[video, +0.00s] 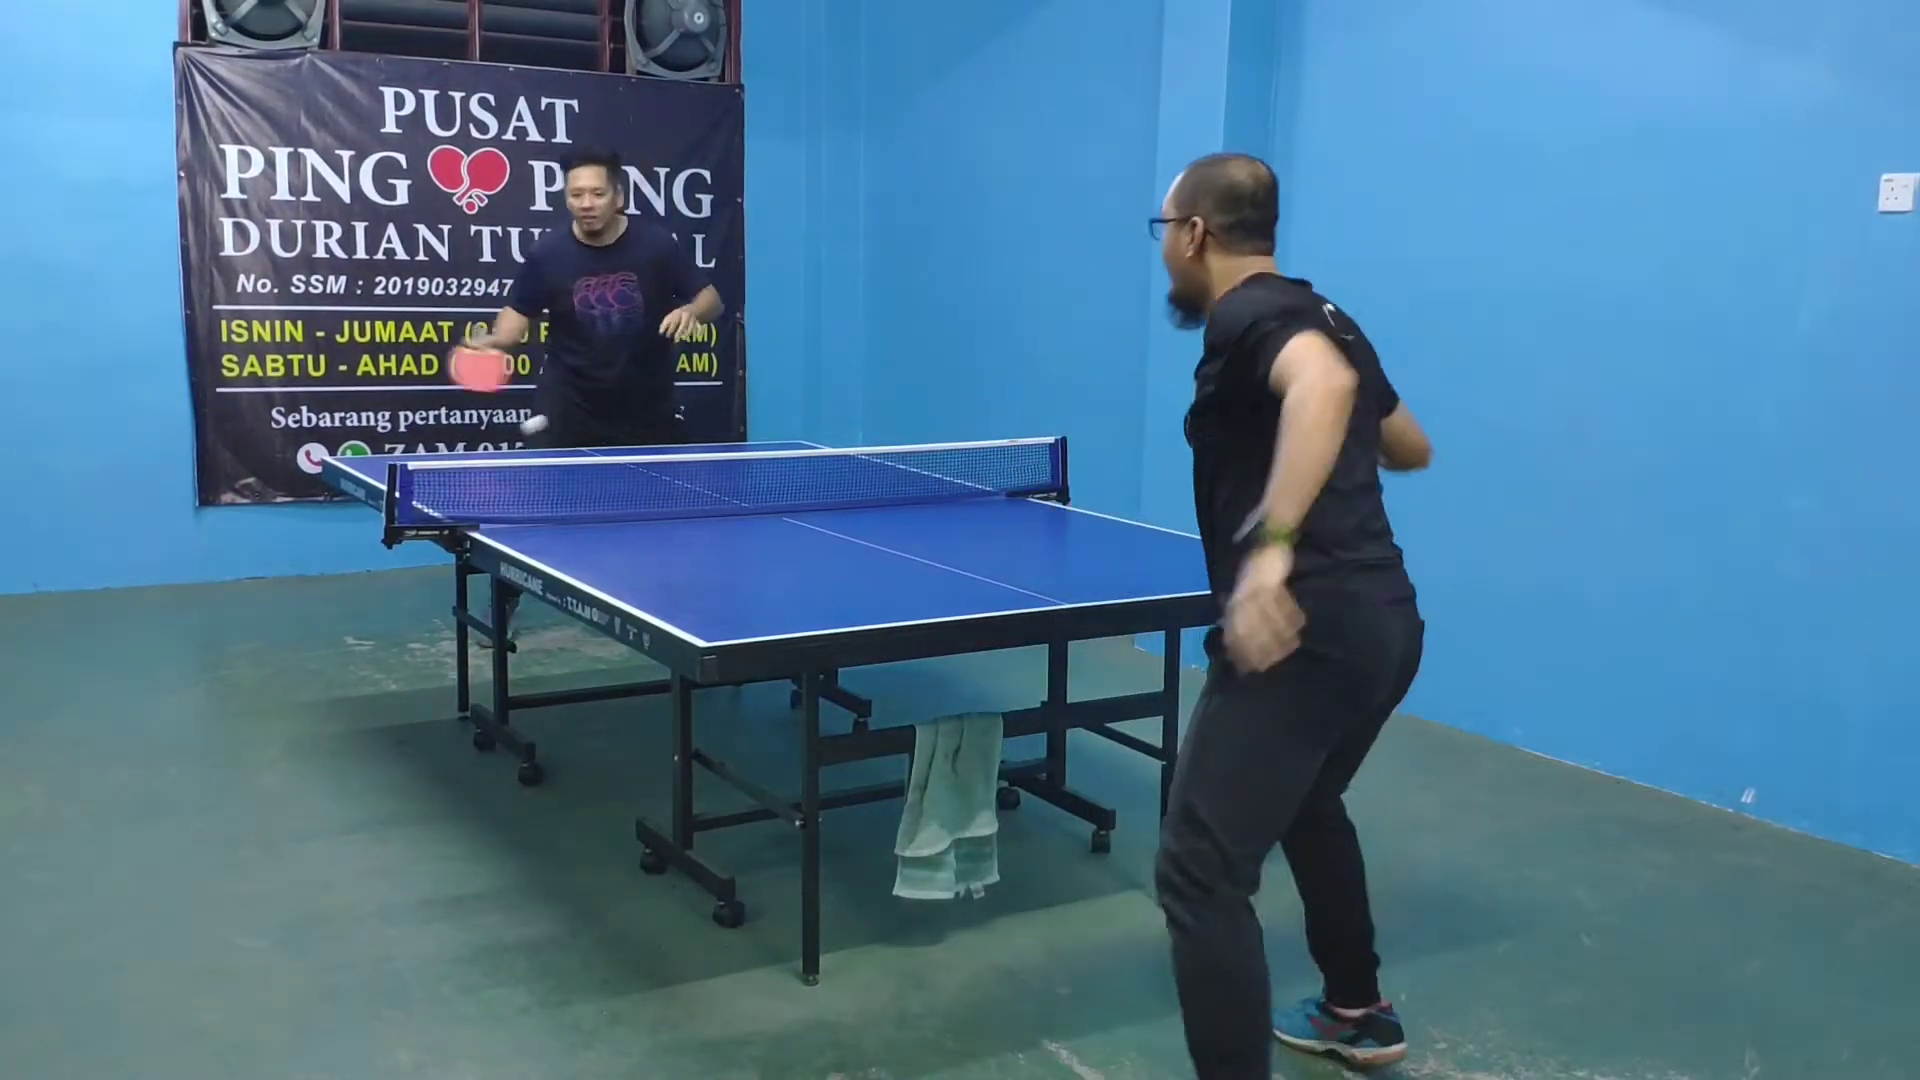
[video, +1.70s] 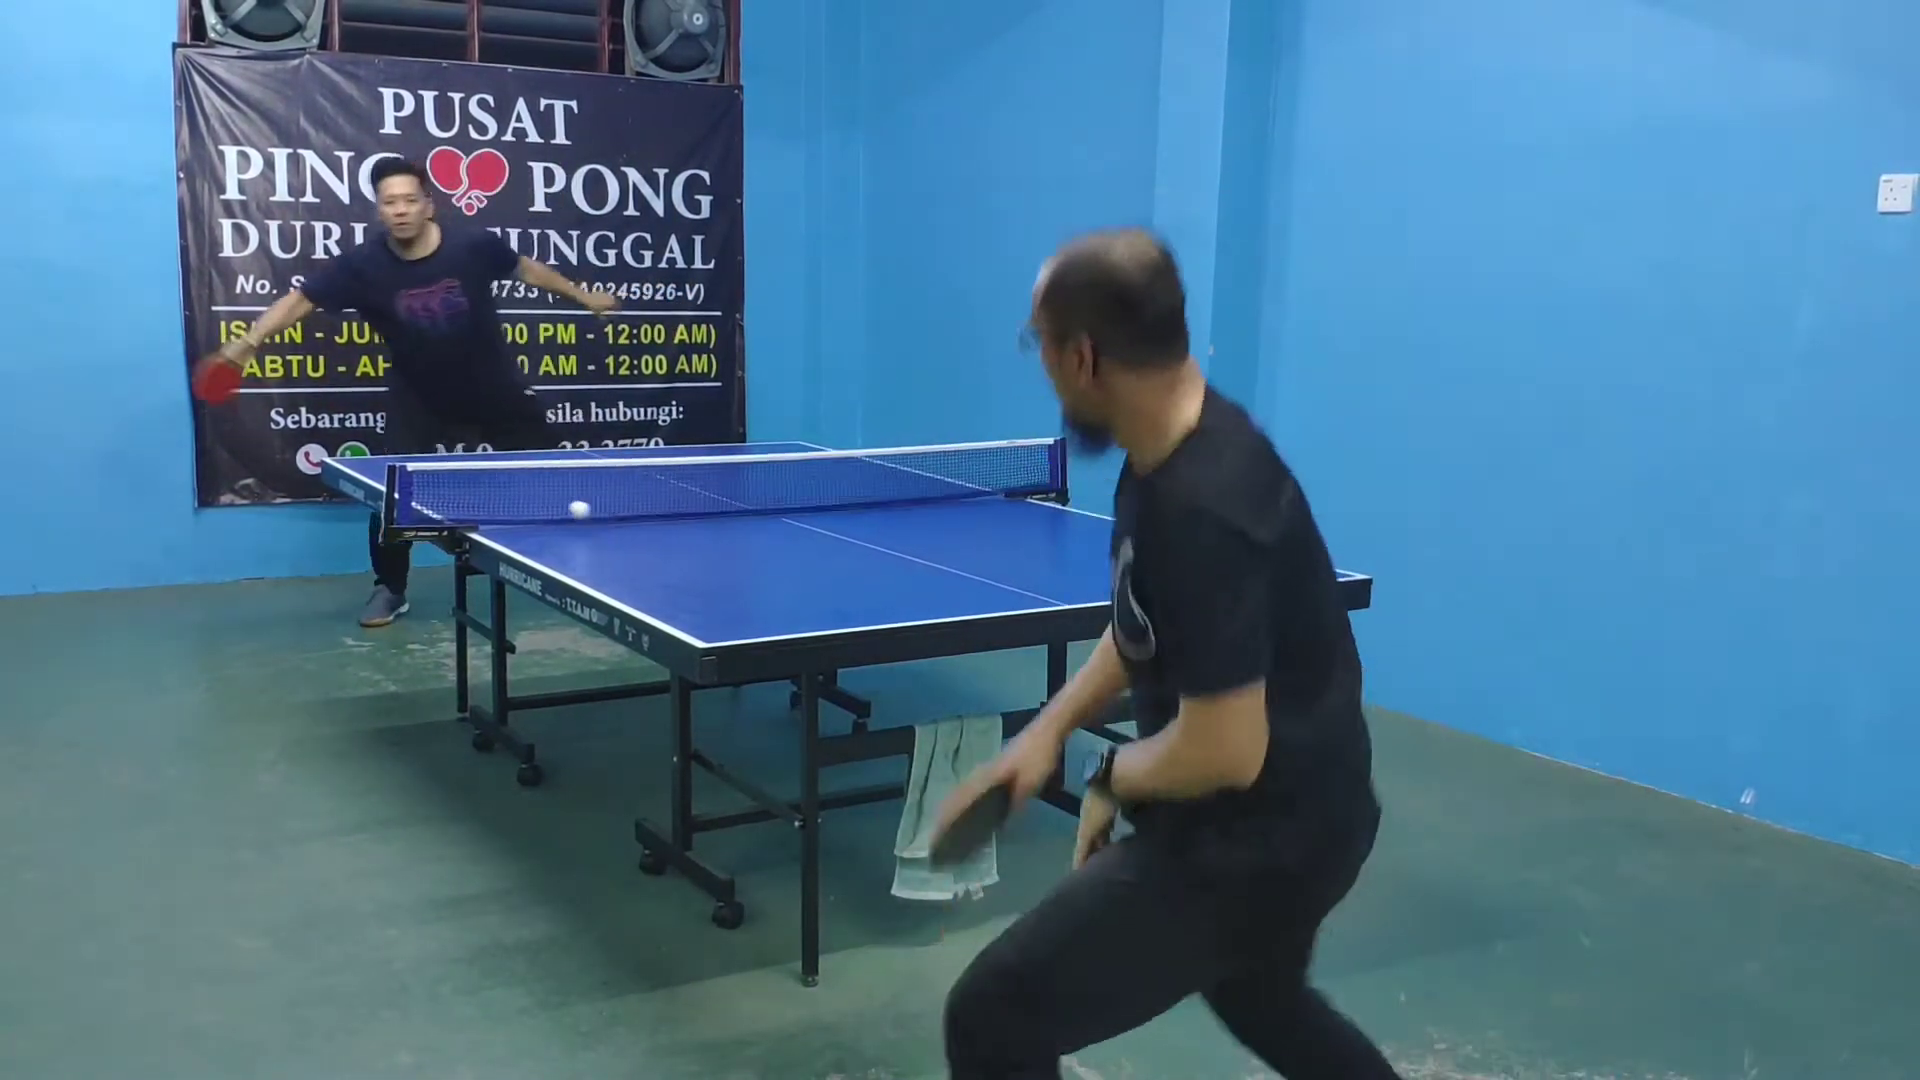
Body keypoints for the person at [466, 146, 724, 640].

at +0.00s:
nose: (585, 204)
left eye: (595, 194)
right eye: (576, 195)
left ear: (618, 196)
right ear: (567, 200)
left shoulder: (655, 244)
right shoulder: (549, 254)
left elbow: (711, 297)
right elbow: (517, 313)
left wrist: (692, 311)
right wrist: (497, 341)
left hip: (648, 409)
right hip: (574, 411)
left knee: (660, 510)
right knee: (540, 505)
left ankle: (664, 609)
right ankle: (502, 605)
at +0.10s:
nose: (553, 208)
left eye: (563, 197)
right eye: (546, 199)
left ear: (593, 197)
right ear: (539, 201)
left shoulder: (637, 243)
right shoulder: (530, 259)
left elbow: (694, 289)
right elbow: (485, 314)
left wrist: (694, 315)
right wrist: (432, 329)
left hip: (633, 408)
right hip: (555, 410)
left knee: (658, 510)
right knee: (511, 500)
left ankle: (665, 618)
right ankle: (471, 616)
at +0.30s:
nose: (486, 221)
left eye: (497, 210)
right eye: (479, 210)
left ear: (527, 208)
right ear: (473, 210)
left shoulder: (580, 250)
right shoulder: (470, 275)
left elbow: (637, 282)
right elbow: (424, 334)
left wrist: (668, 318)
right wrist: (394, 356)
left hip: (596, 411)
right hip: (518, 418)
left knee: (658, 502)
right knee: (484, 513)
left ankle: (687, 618)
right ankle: (452, 622)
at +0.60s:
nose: (493, 202)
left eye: (501, 192)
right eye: (480, 194)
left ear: (517, 197)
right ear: (463, 204)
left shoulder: (553, 234)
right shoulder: (455, 269)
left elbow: (602, 267)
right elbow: (445, 338)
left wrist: (636, 291)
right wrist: (468, 350)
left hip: (574, 398)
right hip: (501, 408)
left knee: (628, 493)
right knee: (478, 508)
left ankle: (667, 610)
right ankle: (451, 621)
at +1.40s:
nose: (523, 191)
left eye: (529, 182)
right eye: (511, 184)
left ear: (538, 186)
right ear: (489, 191)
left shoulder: (571, 240)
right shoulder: (470, 247)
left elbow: (618, 289)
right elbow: (439, 314)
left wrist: (621, 311)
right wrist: (464, 341)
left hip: (564, 395)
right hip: (491, 398)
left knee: (608, 483)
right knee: (446, 479)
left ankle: (631, 594)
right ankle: (426, 584)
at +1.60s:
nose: (439, 202)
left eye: (448, 193)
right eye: (429, 194)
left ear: (469, 197)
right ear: (417, 203)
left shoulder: (512, 245)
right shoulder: (400, 263)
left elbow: (576, 276)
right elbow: (342, 297)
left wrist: (639, 304)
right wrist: (286, 330)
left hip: (519, 397)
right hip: (447, 402)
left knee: (577, 482)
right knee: (410, 488)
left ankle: (611, 580)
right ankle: (390, 587)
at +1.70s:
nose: (400, 210)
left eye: (409, 200)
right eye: (390, 202)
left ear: (429, 204)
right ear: (377, 210)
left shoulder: (473, 248)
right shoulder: (364, 267)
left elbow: (526, 269)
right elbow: (301, 299)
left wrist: (582, 293)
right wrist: (249, 339)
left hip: (493, 389)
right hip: (418, 399)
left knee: (553, 467)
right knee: (393, 485)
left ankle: (582, 570)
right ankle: (390, 587)